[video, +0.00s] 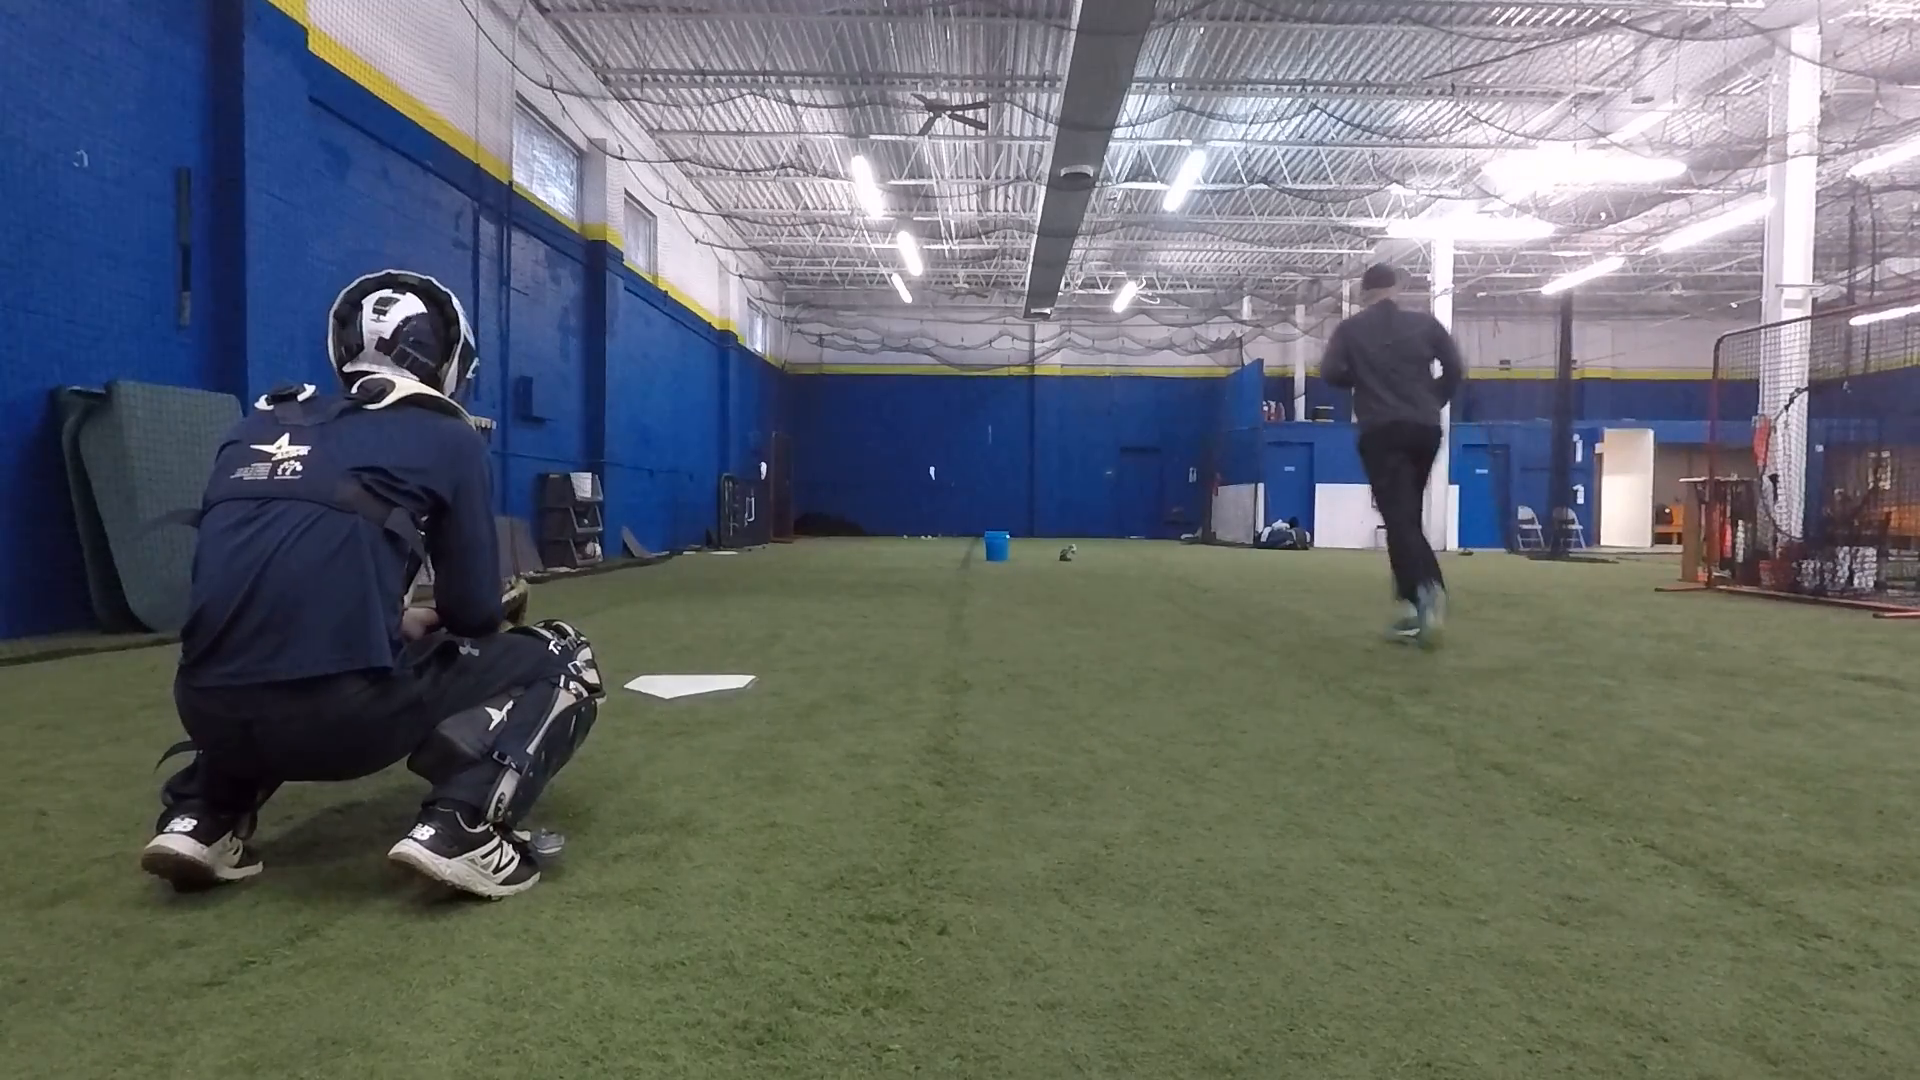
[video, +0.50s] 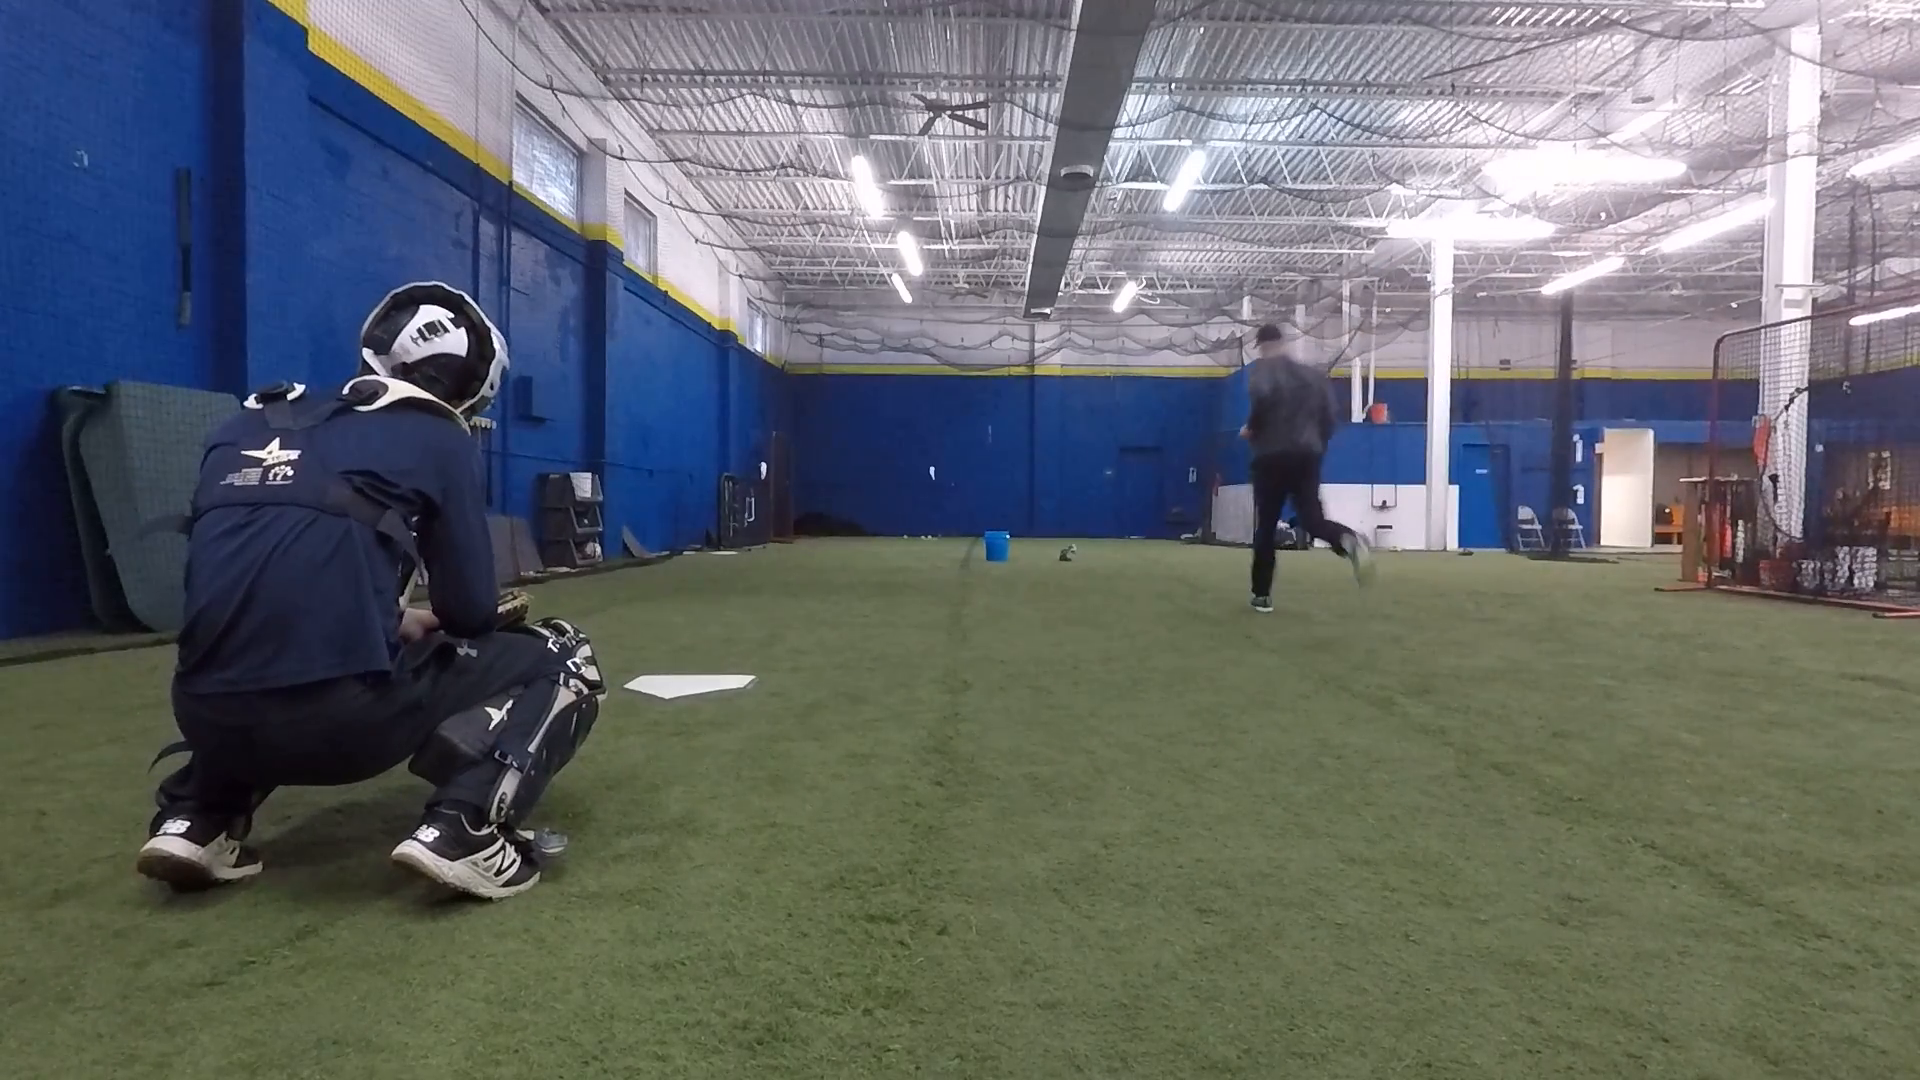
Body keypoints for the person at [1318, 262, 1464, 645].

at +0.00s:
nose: (1376, 295)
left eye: (1370, 289)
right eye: (1385, 287)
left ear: (1364, 292)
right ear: (1396, 289)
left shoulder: (1349, 328)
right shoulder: (1424, 323)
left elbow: (1331, 374)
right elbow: (1455, 371)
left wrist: (1364, 378)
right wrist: (1431, 398)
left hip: (1378, 429)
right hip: (1425, 428)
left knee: (1399, 515)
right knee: (1406, 515)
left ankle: (1429, 587)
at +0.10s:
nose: (1361, 315)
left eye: (1355, 309)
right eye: (1370, 308)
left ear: (1349, 311)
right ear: (1379, 309)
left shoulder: (1333, 347)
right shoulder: (1404, 344)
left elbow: (1317, 392)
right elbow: (1426, 393)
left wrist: (1338, 407)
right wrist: (1408, 424)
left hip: (1355, 440)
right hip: (1399, 441)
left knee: (1368, 520)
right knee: (1388, 522)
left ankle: (1399, 556)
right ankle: (1375, 612)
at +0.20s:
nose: (1342, 336)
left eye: (1338, 330)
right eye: (1349, 330)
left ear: (1331, 332)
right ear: (1360, 332)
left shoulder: (1318, 368)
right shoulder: (1381, 368)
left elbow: (1307, 407)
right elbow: (1403, 416)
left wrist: (1307, 446)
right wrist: (1390, 450)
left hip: (1335, 463)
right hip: (1375, 462)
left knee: (1334, 542)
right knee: (1354, 537)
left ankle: (1357, 550)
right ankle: (1368, 611)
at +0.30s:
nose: (1309, 338)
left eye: (1307, 334)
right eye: (1315, 332)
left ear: (1308, 332)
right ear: (1335, 332)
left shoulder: (1303, 361)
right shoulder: (1358, 364)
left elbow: (1301, 391)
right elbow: (1381, 405)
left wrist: (1291, 427)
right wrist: (1366, 440)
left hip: (1314, 458)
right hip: (1352, 457)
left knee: (1302, 528)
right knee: (1353, 527)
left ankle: (1326, 561)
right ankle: (1368, 600)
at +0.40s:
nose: (1282, 338)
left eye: (1282, 334)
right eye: (1285, 334)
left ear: (1284, 333)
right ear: (1307, 331)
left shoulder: (1282, 357)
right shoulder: (1335, 361)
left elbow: (1284, 380)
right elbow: (1350, 403)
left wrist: (1273, 413)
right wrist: (1338, 432)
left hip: (1288, 449)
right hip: (1327, 448)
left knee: (1285, 520)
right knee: (1340, 514)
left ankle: (1288, 588)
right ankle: (1366, 566)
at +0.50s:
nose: (1261, 352)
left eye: (1261, 348)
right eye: (1263, 347)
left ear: (1262, 347)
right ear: (1283, 344)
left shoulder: (1261, 369)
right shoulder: (1312, 374)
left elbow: (1263, 396)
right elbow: (1329, 416)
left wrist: (1251, 427)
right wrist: (1316, 446)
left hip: (1272, 457)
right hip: (1308, 456)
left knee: (1265, 527)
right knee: (1313, 521)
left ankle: (1262, 596)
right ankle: (1346, 540)